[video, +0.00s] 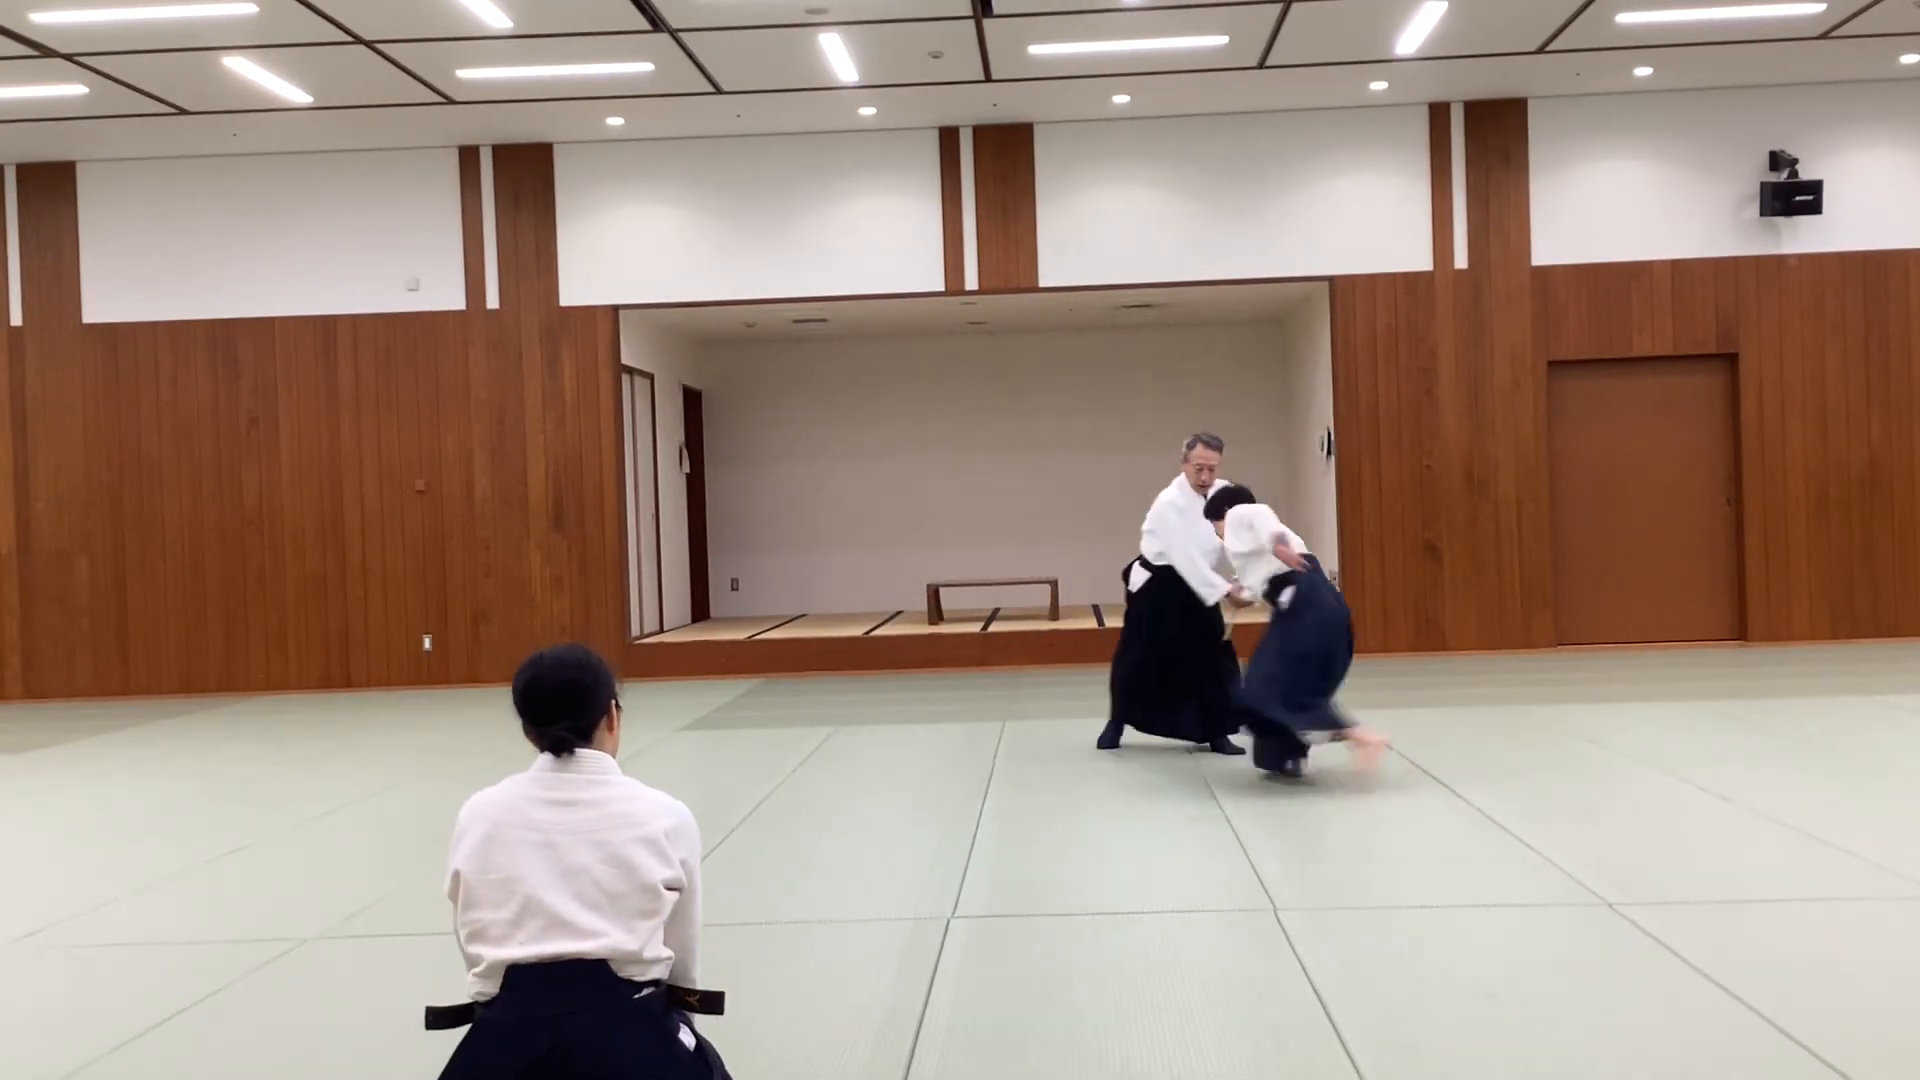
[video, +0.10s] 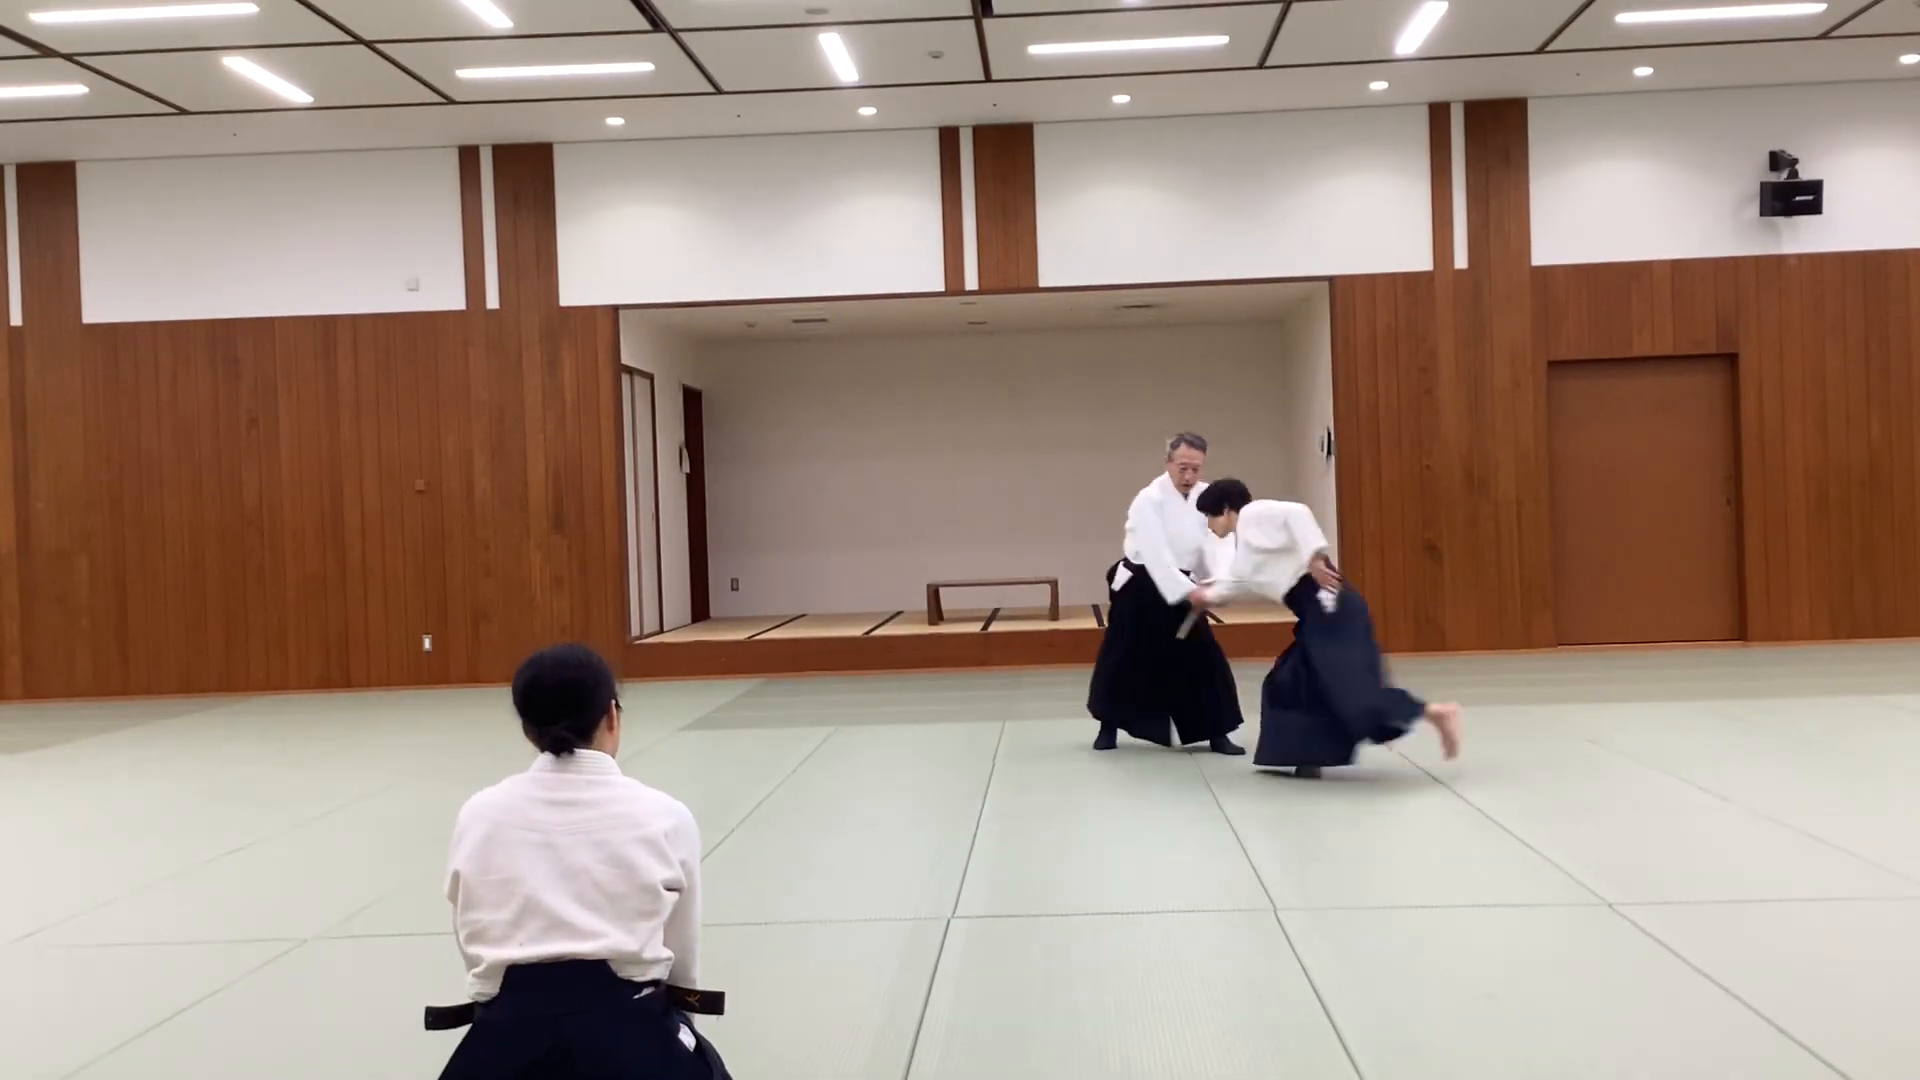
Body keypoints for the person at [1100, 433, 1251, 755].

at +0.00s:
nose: (1205, 476)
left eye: (1212, 469)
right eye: (1199, 468)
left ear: (1219, 468)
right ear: (1184, 465)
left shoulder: (1220, 495)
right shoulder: (1168, 502)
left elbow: (1241, 537)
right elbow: (1183, 558)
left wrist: (1250, 576)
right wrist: (1223, 589)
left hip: (1196, 582)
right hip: (1155, 584)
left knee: (1212, 656)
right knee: (1134, 656)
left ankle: (1216, 732)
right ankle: (1115, 723)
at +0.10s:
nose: (1189, 474)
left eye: (1195, 468)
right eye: (1182, 466)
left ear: (1202, 467)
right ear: (1168, 464)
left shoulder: (1206, 497)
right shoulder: (1148, 501)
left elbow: (1215, 544)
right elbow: (1154, 555)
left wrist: (1219, 582)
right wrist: (1186, 591)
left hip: (1183, 583)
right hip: (1140, 584)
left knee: (1204, 657)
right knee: (1121, 657)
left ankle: (1217, 733)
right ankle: (1108, 728)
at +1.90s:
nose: (1259, 474)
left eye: (1261, 467)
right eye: (1254, 466)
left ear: (1236, 467)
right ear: (1231, 465)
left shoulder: (1243, 505)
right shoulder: (1212, 498)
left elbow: (1254, 556)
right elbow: (1252, 530)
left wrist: (1267, 594)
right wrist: (1295, 517)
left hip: (1229, 596)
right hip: (1192, 596)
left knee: (1277, 656)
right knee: (1191, 667)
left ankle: (1278, 739)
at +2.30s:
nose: (1315, 481)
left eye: (1317, 474)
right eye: (1311, 473)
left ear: (1290, 472)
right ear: (1288, 471)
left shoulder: (1283, 508)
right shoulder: (1261, 507)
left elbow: (1286, 566)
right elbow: (1267, 567)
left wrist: (1292, 613)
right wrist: (1289, 617)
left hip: (1252, 596)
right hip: (1227, 596)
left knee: (1300, 663)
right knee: (1219, 673)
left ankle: (1285, 739)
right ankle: (1162, 710)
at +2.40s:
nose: (1319, 479)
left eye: (1321, 472)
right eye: (1315, 470)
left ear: (1294, 470)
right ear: (1291, 468)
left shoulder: (1292, 509)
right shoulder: (1258, 505)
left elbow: (1295, 564)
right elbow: (1254, 566)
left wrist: (1301, 610)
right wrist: (1262, 619)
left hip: (1264, 592)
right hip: (1228, 592)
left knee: (1301, 663)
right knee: (1231, 670)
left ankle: (1292, 740)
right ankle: (1174, 715)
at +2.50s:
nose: (1315, 476)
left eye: (1317, 469)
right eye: (1310, 467)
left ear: (1292, 468)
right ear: (1287, 465)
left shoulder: (1295, 505)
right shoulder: (1250, 501)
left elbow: (1297, 558)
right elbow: (1243, 559)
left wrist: (1301, 606)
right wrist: (1247, 611)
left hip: (1262, 589)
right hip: (1225, 588)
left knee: (1296, 659)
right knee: (1243, 666)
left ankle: (1289, 741)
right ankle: (1194, 736)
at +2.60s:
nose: (1304, 471)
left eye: (1306, 464)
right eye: (1299, 462)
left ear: (1284, 463)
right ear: (1276, 461)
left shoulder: (1285, 501)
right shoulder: (1243, 499)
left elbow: (1283, 553)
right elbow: (1240, 558)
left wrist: (1282, 601)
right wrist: (1248, 608)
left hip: (1256, 587)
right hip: (1220, 589)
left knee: (1289, 657)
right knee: (1244, 665)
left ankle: (1283, 740)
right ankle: (1221, 750)